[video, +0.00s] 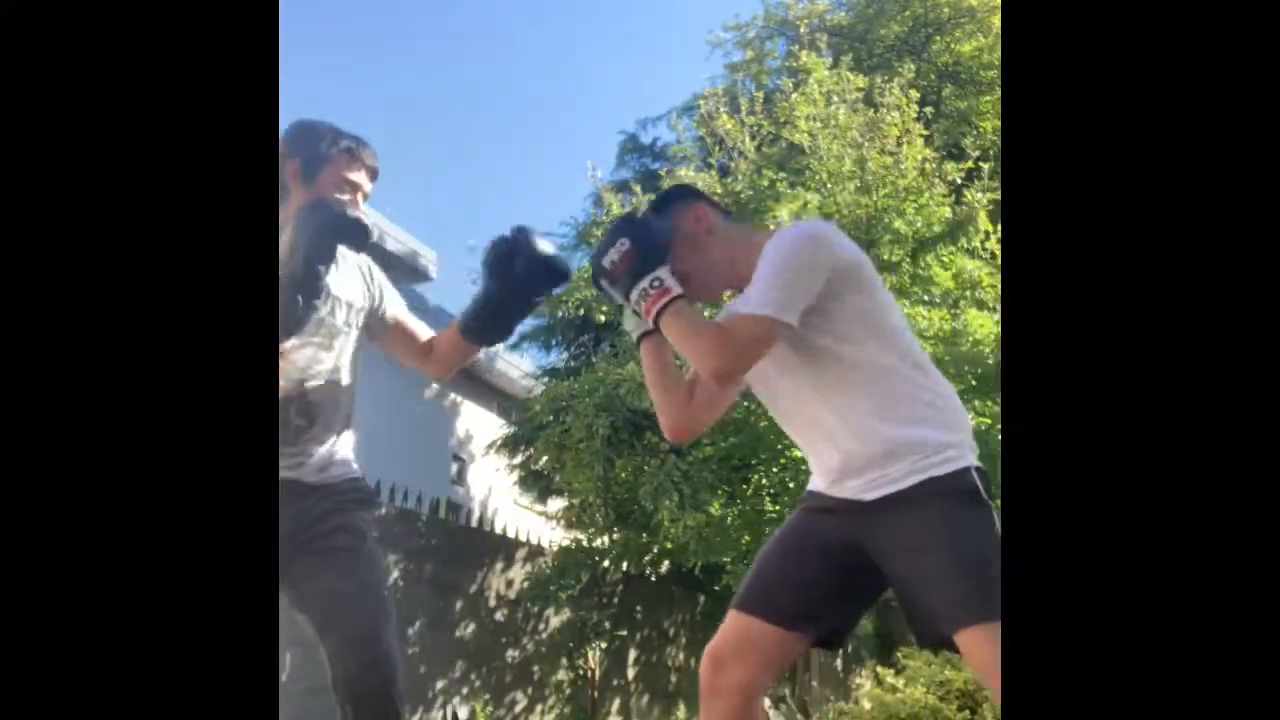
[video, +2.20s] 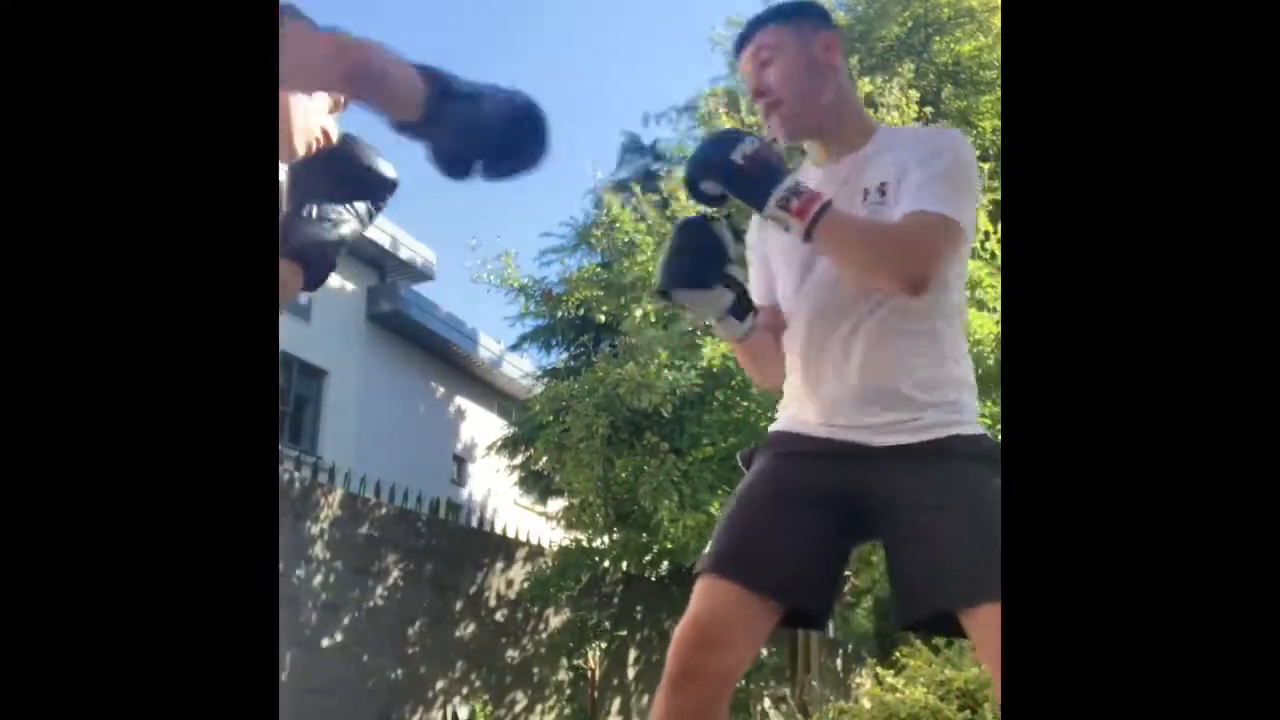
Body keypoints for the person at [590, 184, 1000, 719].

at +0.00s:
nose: (670, 280)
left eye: (667, 260)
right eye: (663, 274)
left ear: (701, 219)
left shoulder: (805, 244)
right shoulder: (740, 319)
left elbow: (721, 357)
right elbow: (680, 421)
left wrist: (652, 288)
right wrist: (643, 317)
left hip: (927, 484)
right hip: (836, 500)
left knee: (997, 669)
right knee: (728, 672)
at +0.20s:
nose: (692, 203)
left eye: (697, 178)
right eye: (686, 191)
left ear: (747, 154)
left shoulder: (844, 211)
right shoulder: (760, 280)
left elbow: (815, 331)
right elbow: (782, 413)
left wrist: (712, 278)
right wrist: (726, 345)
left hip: (899, 470)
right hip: (804, 482)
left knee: (983, 681)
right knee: (712, 667)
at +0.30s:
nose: (765, 168)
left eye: (772, 146)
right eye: (760, 156)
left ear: (825, 127)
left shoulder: (913, 211)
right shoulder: (802, 249)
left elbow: (855, 325)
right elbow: (804, 354)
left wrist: (761, 255)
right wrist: (760, 319)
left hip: (911, 474)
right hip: (810, 475)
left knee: (982, 683)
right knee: (716, 665)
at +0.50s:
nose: (853, 145)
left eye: (867, 123)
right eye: (850, 132)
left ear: (928, 116)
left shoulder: (987, 231)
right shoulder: (843, 224)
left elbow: (941, 356)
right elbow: (835, 339)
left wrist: (848, 268)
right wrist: (804, 346)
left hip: (943, 472)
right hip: (834, 467)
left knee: (995, 660)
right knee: (741, 661)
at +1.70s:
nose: (793, 102)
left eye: (805, 76)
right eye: (787, 90)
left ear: (865, 65)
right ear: (790, 108)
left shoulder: (962, 169)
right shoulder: (804, 200)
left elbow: (947, 301)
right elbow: (794, 363)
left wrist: (822, 228)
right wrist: (742, 301)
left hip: (953, 451)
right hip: (828, 446)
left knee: (1000, 662)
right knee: (733, 656)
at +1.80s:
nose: (745, 124)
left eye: (755, 97)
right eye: (733, 112)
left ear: (804, 80)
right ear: (728, 124)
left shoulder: (900, 159)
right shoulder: (760, 233)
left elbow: (823, 254)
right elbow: (727, 363)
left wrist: (746, 150)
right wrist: (680, 243)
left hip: (944, 457)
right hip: (818, 463)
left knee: (997, 667)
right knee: (731, 675)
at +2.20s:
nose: (755, 92)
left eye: (766, 65)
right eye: (748, 85)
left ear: (829, 49)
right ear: (755, 103)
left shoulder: (934, 148)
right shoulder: (773, 208)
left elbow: (912, 266)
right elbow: (772, 371)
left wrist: (780, 195)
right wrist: (725, 309)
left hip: (937, 442)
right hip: (806, 443)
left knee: (1002, 659)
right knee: (697, 657)